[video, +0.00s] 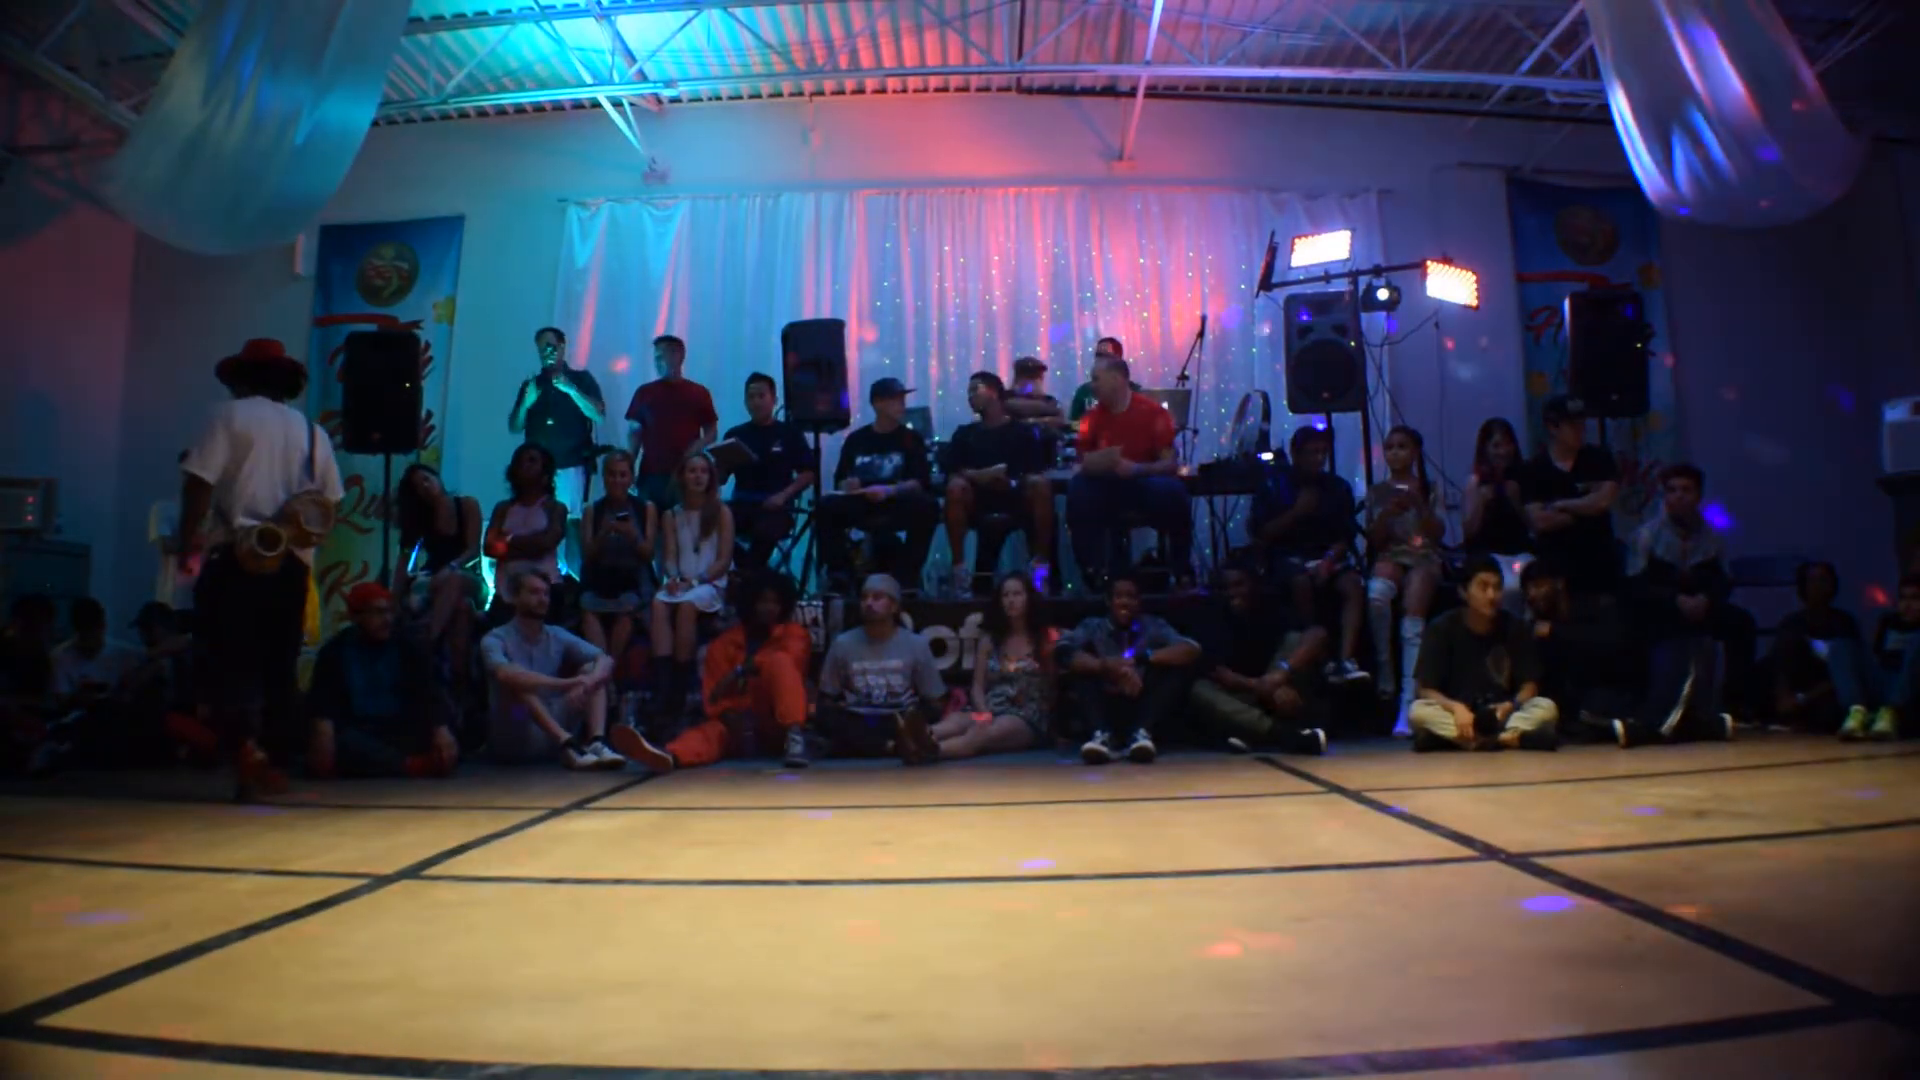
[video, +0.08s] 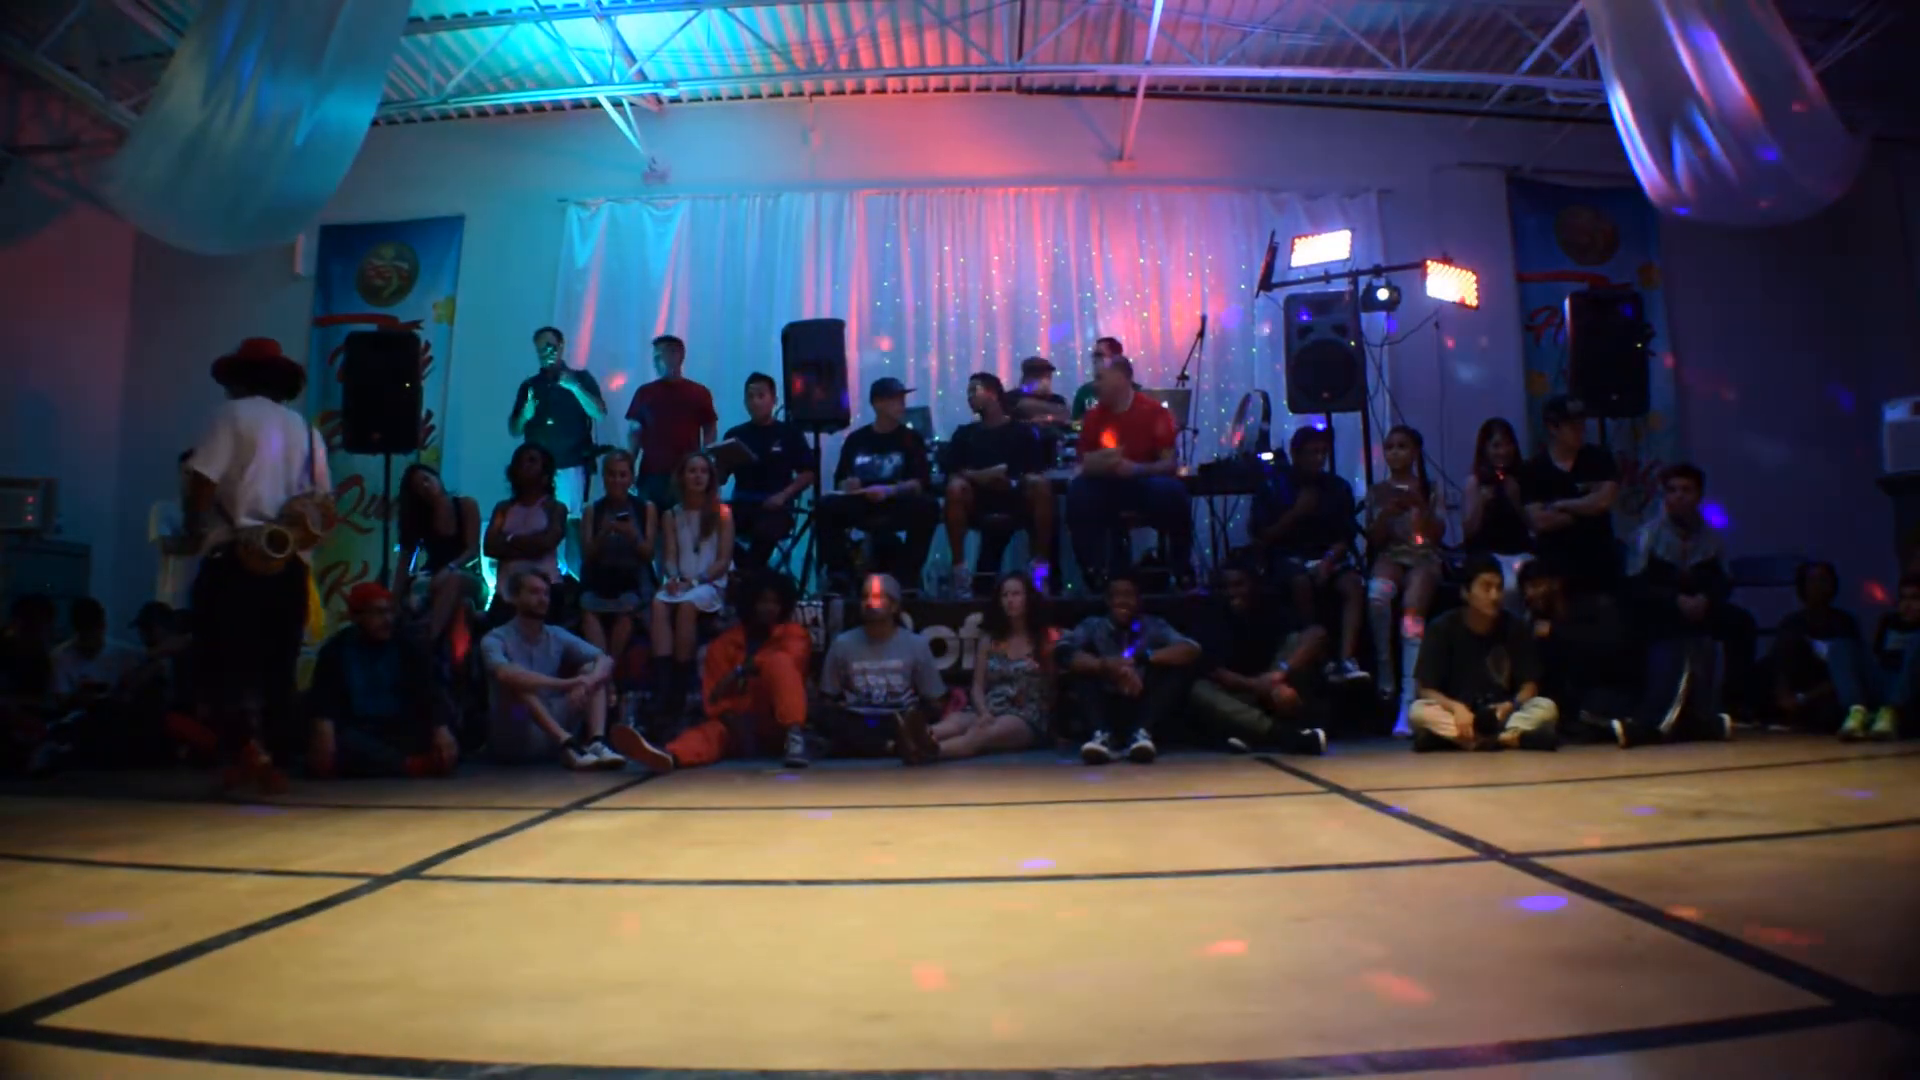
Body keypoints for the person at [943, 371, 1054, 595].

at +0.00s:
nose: (970, 395)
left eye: (975, 389)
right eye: (969, 391)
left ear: (994, 393)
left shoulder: (1022, 431)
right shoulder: (964, 433)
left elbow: (1032, 471)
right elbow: (954, 471)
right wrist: (982, 476)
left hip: (1012, 491)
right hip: (977, 493)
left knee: (1039, 485)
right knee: (956, 487)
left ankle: (1041, 563)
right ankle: (958, 567)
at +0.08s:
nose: (969, 395)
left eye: (975, 390)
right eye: (969, 391)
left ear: (993, 394)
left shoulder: (1022, 430)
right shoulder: (965, 433)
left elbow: (1032, 470)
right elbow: (953, 472)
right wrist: (982, 476)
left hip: (1012, 490)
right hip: (978, 492)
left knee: (1039, 485)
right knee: (956, 488)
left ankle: (1041, 563)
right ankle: (958, 566)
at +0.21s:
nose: (969, 396)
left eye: (974, 390)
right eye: (969, 391)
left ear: (994, 397)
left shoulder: (1021, 431)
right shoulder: (964, 433)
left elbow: (1029, 470)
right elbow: (953, 472)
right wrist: (983, 477)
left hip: (1012, 490)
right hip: (977, 491)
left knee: (1040, 486)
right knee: (957, 488)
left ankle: (1041, 563)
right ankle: (958, 566)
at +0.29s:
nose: (977, 400)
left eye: (983, 395)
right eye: (974, 396)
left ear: (998, 399)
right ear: (970, 401)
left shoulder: (1019, 431)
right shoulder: (964, 433)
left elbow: (1030, 470)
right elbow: (953, 472)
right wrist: (982, 477)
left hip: (1011, 490)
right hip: (977, 491)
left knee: (1040, 486)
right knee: (957, 489)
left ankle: (1041, 563)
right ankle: (958, 566)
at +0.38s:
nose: (973, 395)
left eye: (979, 391)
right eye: (972, 392)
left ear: (995, 397)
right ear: (971, 401)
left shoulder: (1020, 431)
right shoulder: (965, 433)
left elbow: (1030, 470)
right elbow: (954, 472)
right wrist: (983, 477)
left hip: (1012, 489)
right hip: (978, 491)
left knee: (1040, 487)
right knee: (957, 489)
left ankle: (1041, 564)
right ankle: (958, 567)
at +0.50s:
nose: (973, 395)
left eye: (979, 391)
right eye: (972, 392)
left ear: (995, 399)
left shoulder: (1019, 432)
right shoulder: (965, 433)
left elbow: (1030, 471)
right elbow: (955, 472)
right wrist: (984, 478)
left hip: (1011, 490)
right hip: (977, 492)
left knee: (1040, 487)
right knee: (957, 489)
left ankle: (1041, 564)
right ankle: (958, 567)